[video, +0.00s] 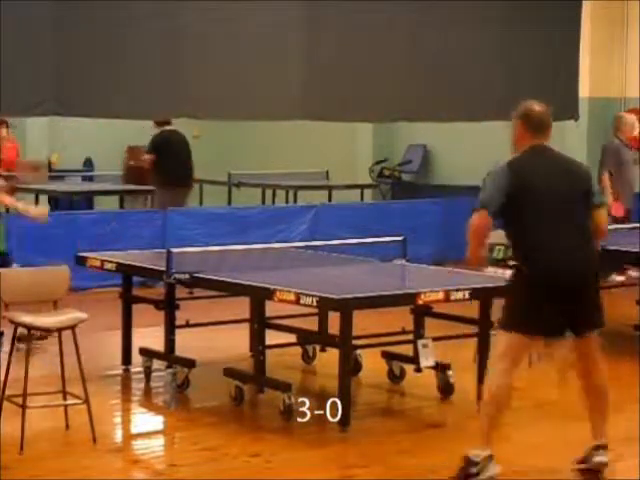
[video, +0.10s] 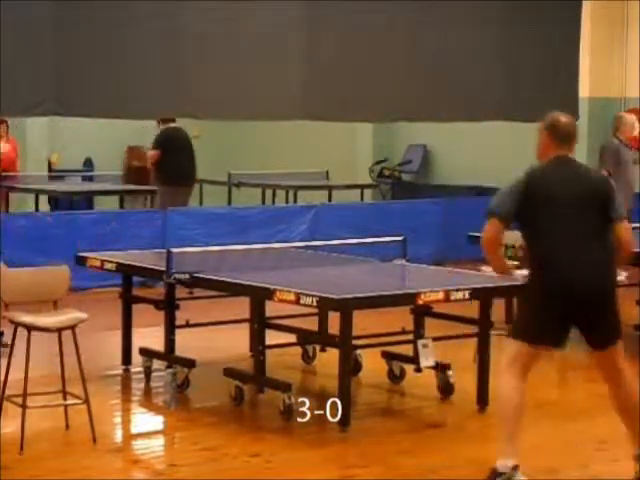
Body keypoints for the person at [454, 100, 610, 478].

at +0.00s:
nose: (512, 135)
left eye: (513, 130)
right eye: (515, 129)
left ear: (519, 130)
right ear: (549, 131)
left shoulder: (509, 171)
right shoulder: (578, 170)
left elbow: (479, 224)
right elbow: (601, 225)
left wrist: (475, 261)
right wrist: (577, 248)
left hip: (534, 278)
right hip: (581, 277)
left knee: (503, 364)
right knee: (591, 359)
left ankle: (483, 452)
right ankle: (600, 446)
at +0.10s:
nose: (538, 145)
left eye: (539, 139)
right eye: (541, 139)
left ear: (545, 141)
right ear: (574, 142)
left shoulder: (530, 181)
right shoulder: (599, 181)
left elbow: (490, 235)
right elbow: (626, 242)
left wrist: (501, 267)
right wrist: (607, 264)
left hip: (546, 290)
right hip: (596, 289)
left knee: (514, 368)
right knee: (617, 372)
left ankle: (507, 462)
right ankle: (637, 449)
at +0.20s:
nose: (553, 160)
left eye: (555, 155)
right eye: (557, 154)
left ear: (561, 158)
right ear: (589, 159)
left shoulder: (543, 193)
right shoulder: (612, 198)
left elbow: (498, 245)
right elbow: (633, 253)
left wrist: (518, 283)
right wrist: (633, 289)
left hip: (553, 302)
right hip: (605, 302)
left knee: (520, 386)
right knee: (624, 387)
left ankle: (516, 469)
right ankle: (638, 455)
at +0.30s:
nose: (579, 165)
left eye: (581, 160)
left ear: (583, 165)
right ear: (615, 168)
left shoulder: (560, 200)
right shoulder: (626, 206)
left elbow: (529, 254)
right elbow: (635, 259)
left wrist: (544, 282)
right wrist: (630, 287)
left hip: (564, 306)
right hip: (616, 306)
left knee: (528, 388)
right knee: (636, 374)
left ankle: (517, 470)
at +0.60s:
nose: (630, 131)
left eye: (631, 124)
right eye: (630, 125)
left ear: (633, 140)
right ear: (632, 139)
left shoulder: (621, 183)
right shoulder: (622, 182)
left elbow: (595, 233)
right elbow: (596, 233)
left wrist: (606, 260)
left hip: (611, 281)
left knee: (571, 366)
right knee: (570, 368)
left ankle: (541, 443)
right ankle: (540, 443)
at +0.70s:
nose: (633, 128)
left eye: (632, 123)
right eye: (633, 123)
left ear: (631, 135)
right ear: (633, 134)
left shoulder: (631, 178)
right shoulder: (630, 177)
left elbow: (607, 225)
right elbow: (608, 225)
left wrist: (621, 247)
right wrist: (620, 244)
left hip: (621, 275)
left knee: (595, 359)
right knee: (594, 361)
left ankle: (565, 442)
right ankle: (564, 441)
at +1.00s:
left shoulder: (637, 172)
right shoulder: (635, 173)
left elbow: (619, 217)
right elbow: (620, 216)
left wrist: (631, 244)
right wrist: (631, 244)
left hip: (634, 267)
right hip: (633, 268)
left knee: (630, 356)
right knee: (629, 357)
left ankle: (616, 446)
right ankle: (615, 445)